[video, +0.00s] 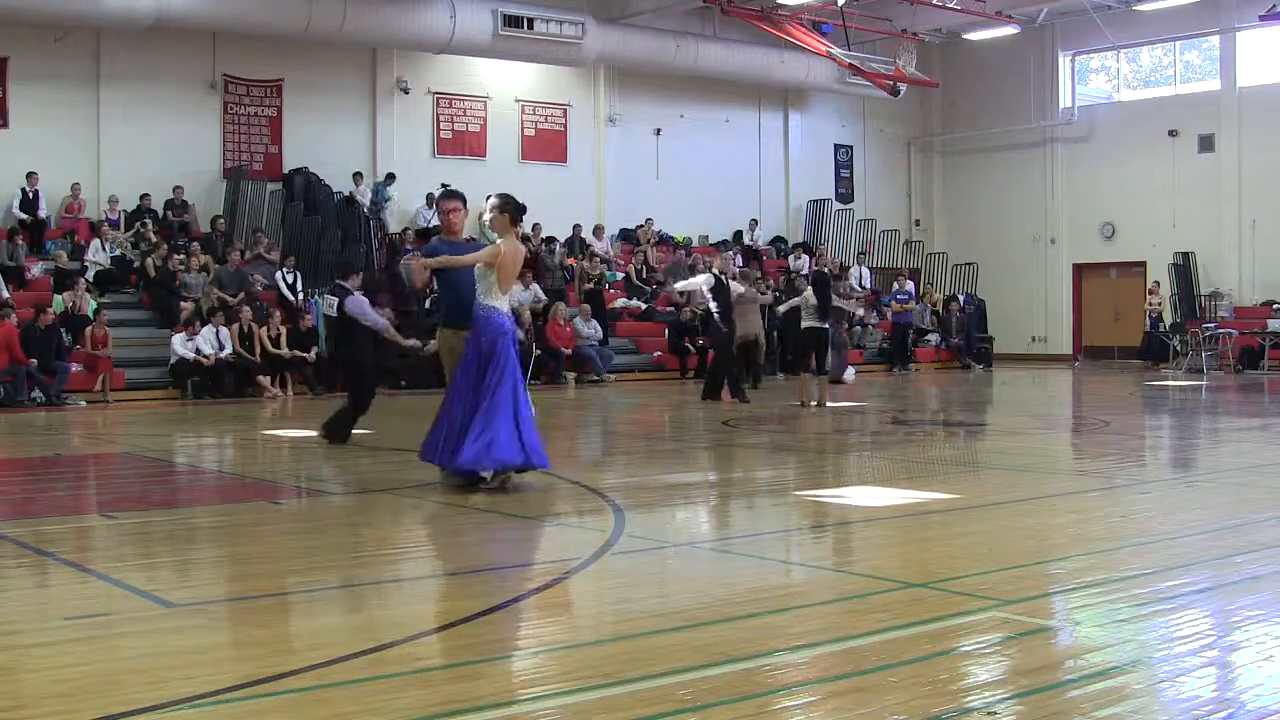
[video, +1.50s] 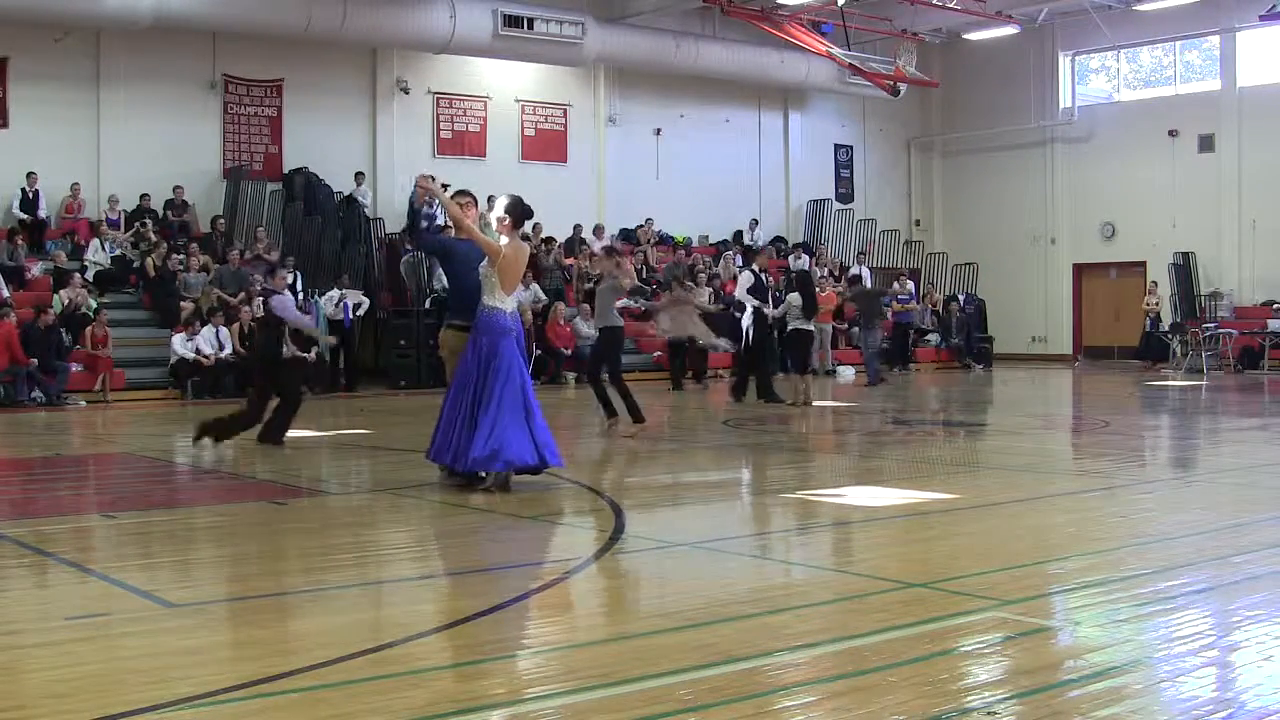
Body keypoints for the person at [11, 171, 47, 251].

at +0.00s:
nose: (37, 181)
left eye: (37, 179)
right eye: (34, 179)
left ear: (38, 180)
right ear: (28, 180)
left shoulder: (39, 193)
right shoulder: (20, 192)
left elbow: (42, 208)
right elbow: (14, 209)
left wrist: (41, 215)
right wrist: (25, 217)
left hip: (36, 216)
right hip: (24, 217)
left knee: (42, 224)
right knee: (34, 227)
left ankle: (39, 248)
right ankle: (32, 248)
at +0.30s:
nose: (36, 181)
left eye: (37, 179)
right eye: (34, 179)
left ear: (37, 180)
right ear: (28, 180)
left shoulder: (39, 193)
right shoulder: (20, 192)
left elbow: (42, 208)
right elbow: (14, 209)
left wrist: (41, 216)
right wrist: (25, 217)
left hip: (36, 217)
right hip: (24, 218)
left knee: (43, 224)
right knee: (33, 225)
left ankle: (40, 248)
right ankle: (32, 248)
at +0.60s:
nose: (36, 181)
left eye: (37, 179)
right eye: (34, 179)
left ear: (38, 180)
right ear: (28, 180)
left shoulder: (39, 193)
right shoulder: (20, 192)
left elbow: (42, 208)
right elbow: (14, 210)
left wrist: (41, 216)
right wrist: (25, 217)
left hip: (36, 217)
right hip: (24, 218)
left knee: (43, 223)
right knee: (33, 225)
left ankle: (40, 247)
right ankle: (32, 248)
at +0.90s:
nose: (36, 181)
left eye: (36, 179)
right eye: (34, 179)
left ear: (37, 180)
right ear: (28, 180)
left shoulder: (39, 193)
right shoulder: (20, 192)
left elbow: (42, 208)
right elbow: (14, 209)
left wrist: (42, 216)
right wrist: (25, 217)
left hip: (36, 217)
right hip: (25, 217)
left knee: (42, 224)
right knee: (32, 226)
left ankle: (40, 247)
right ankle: (31, 247)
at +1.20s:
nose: (35, 181)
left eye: (36, 179)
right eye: (33, 179)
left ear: (37, 180)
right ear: (27, 180)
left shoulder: (39, 192)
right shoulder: (20, 192)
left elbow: (42, 207)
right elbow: (15, 209)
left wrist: (42, 216)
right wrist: (25, 217)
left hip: (36, 217)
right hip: (25, 217)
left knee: (42, 224)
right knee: (32, 226)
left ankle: (40, 247)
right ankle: (31, 247)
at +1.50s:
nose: (35, 181)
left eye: (36, 179)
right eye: (32, 178)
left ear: (37, 180)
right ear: (27, 180)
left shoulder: (39, 193)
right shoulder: (20, 192)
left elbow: (42, 209)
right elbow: (14, 210)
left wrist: (42, 216)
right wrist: (25, 217)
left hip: (36, 217)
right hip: (25, 218)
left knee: (43, 224)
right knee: (33, 226)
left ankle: (40, 248)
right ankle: (32, 248)